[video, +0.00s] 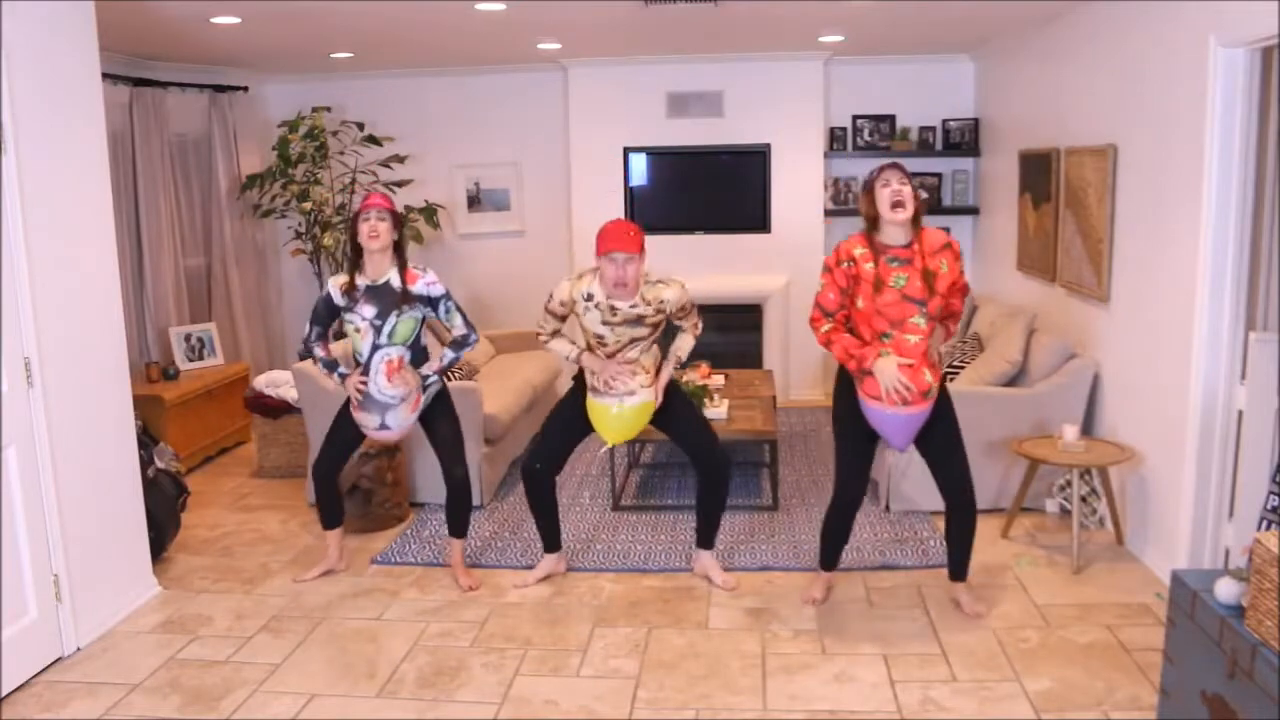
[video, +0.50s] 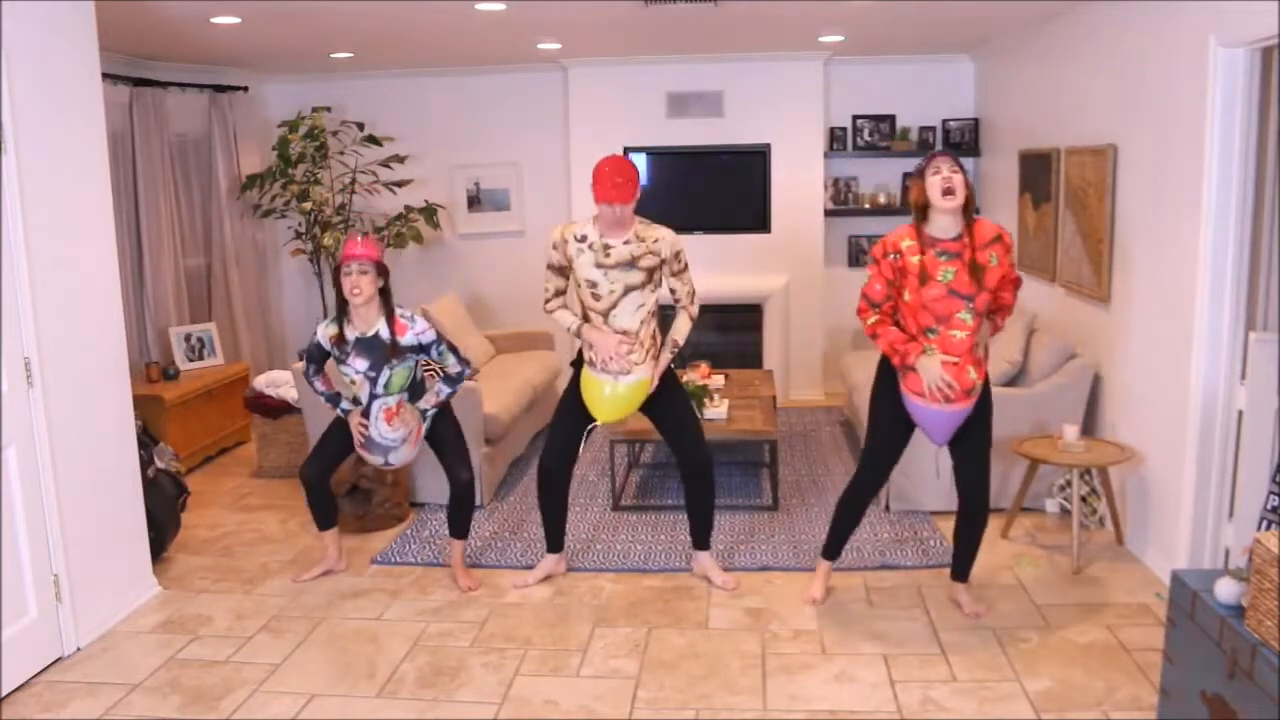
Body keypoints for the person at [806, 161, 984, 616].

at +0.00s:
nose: (896, 190)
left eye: (903, 183)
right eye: (885, 184)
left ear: (916, 197)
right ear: (871, 201)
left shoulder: (940, 247)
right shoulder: (850, 253)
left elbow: (954, 309)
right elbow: (823, 320)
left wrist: (936, 335)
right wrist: (871, 360)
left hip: (924, 376)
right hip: (861, 377)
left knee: (960, 491)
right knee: (850, 488)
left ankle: (958, 583)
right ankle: (824, 574)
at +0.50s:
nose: (946, 177)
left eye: (954, 171)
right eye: (935, 173)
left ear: (967, 186)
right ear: (921, 190)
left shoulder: (991, 239)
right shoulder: (896, 246)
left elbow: (1008, 288)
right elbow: (871, 311)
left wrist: (987, 327)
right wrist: (915, 356)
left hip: (969, 374)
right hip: (905, 370)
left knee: (975, 489)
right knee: (872, 473)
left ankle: (960, 580)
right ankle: (825, 564)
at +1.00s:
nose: (952, 187)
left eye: (961, 179)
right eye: (943, 178)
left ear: (973, 182)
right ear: (927, 179)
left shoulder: (991, 220)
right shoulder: (900, 211)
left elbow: (1024, 282)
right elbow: (857, 265)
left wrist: (974, 324)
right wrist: (904, 315)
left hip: (955, 360)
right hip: (893, 354)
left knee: (957, 476)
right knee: (859, 469)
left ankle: (957, 582)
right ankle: (816, 574)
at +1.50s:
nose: (925, 209)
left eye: (933, 201)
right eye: (917, 201)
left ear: (946, 196)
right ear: (902, 193)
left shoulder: (965, 222)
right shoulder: (873, 217)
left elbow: (996, 283)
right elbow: (828, 270)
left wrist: (951, 314)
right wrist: (879, 308)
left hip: (938, 359)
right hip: (876, 355)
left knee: (960, 475)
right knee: (849, 471)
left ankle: (970, 584)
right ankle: (812, 578)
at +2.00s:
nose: (919, 220)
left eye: (929, 212)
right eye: (912, 210)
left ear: (940, 208)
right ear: (895, 200)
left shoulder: (953, 234)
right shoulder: (862, 226)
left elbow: (979, 293)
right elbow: (816, 277)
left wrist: (938, 320)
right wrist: (871, 312)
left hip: (923, 367)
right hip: (863, 364)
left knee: (963, 484)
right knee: (833, 484)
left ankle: (970, 584)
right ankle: (802, 591)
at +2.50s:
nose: (920, 208)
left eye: (928, 200)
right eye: (912, 198)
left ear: (936, 202)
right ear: (890, 195)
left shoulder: (948, 238)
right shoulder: (856, 235)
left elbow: (973, 298)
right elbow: (812, 290)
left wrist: (938, 324)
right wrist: (868, 318)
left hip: (922, 370)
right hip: (861, 368)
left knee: (967, 487)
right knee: (832, 486)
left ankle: (971, 584)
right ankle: (801, 591)